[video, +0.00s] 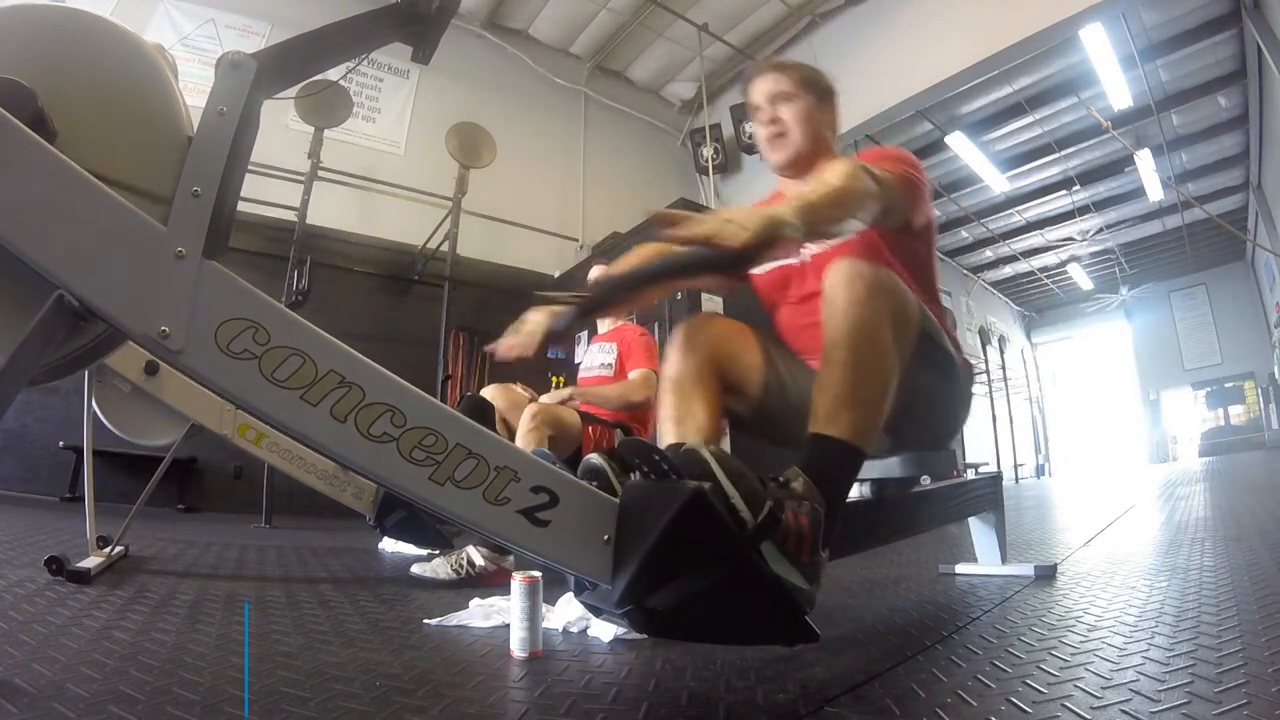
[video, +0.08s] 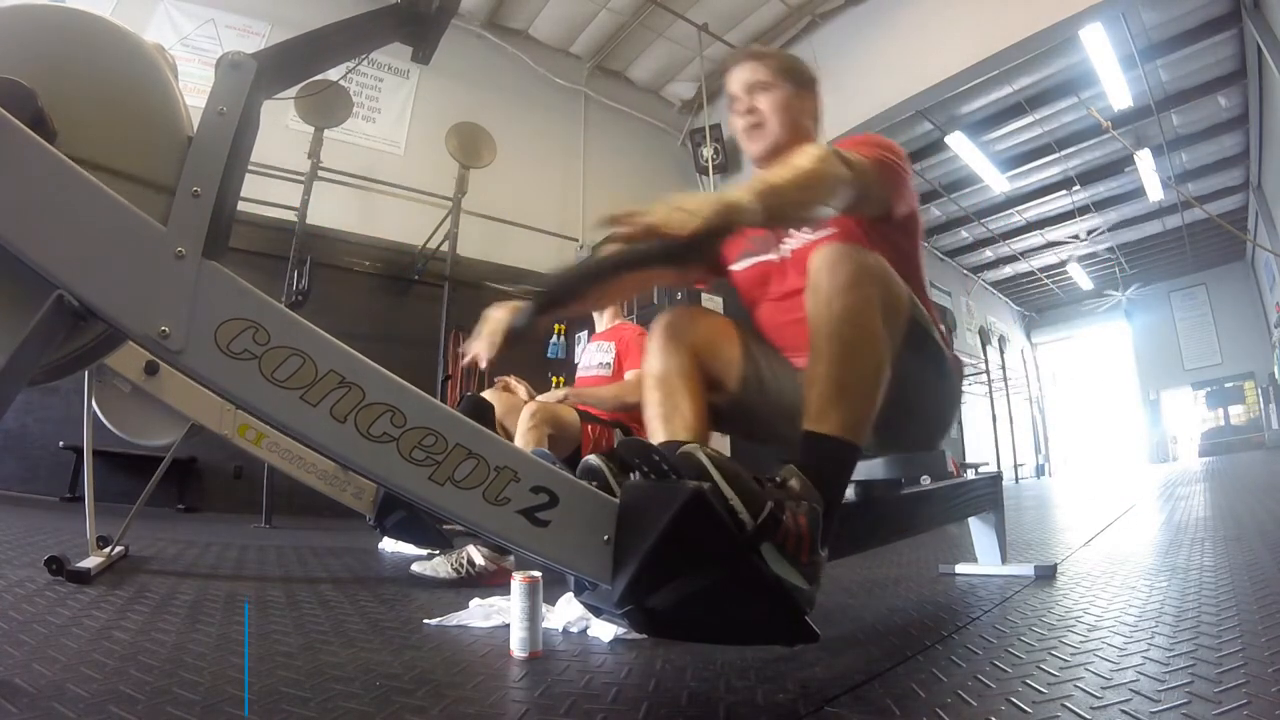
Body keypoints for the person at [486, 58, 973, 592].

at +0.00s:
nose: (767, 119)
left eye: (782, 101)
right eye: (755, 113)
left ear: (828, 109)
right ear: (753, 137)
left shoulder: (888, 165)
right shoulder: (756, 222)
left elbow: (847, 198)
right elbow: (664, 264)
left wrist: (757, 226)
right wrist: (561, 311)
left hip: (918, 398)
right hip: (810, 400)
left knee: (857, 272)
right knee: (694, 334)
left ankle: (809, 512)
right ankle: (682, 505)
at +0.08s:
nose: (743, 108)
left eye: (759, 90)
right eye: (732, 103)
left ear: (808, 100)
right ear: (729, 128)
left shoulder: (873, 156)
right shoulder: (730, 226)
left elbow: (831, 178)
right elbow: (636, 272)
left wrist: (729, 206)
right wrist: (531, 309)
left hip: (903, 399)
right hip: (791, 401)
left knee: (841, 258)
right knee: (675, 326)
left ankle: (807, 507)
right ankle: (681, 500)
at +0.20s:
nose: (697, 90)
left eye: (716, 70)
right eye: (687, 85)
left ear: (774, 81)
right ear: (686, 111)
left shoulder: (835, 135)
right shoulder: (684, 206)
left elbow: (777, 159)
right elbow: (585, 261)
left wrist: (639, 187)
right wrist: (467, 304)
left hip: (878, 396)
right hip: (759, 405)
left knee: (806, 237)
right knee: (637, 312)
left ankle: (805, 508)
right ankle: (667, 506)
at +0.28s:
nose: (678, 82)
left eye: (698, 62)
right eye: (668, 75)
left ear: (759, 75)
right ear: (666, 101)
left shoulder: (820, 128)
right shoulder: (663, 202)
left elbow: (754, 151)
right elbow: (556, 261)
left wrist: (601, 182)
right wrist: (433, 303)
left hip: (864, 392)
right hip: (743, 402)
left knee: (793, 229)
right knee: (618, 309)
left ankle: (804, 509)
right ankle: (665, 515)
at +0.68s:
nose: (713, 92)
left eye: (732, 76)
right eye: (703, 88)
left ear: (783, 90)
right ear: (699, 113)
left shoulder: (844, 138)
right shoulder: (692, 198)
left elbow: (796, 160)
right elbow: (609, 256)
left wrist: (666, 175)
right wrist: (507, 293)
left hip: (883, 395)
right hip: (767, 402)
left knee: (796, 244)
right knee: (635, 315)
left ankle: (801, 517)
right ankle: (674, 501)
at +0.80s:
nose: (790, 126)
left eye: (805, 109)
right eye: (778, 121)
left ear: (847, 120)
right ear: (771, 142)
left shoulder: (899, 165)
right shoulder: (767, 230)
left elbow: (882, 190)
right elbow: (688, 265)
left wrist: (791, 192)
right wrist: (611, 284)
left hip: (912, 392)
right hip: (807, 397)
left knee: (840, 270)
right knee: (679, 328)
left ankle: (802, 520)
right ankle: (677, 506)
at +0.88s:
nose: (829, 144)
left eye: (842, 130)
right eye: (818, 138)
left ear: (878, 139)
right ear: (813, 155)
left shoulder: (930, 185)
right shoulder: (803, 239)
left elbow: (909, 203)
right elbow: (731, 265)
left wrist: (838, 205)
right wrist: (656, 283)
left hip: (928, 394)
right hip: (831, 395)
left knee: (865, 294)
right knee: (706, 344)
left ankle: (809, 516)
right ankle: (679, 505)